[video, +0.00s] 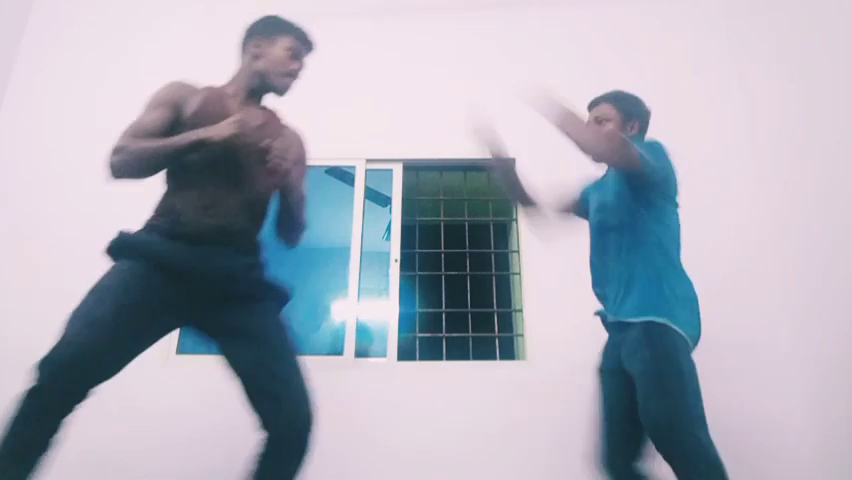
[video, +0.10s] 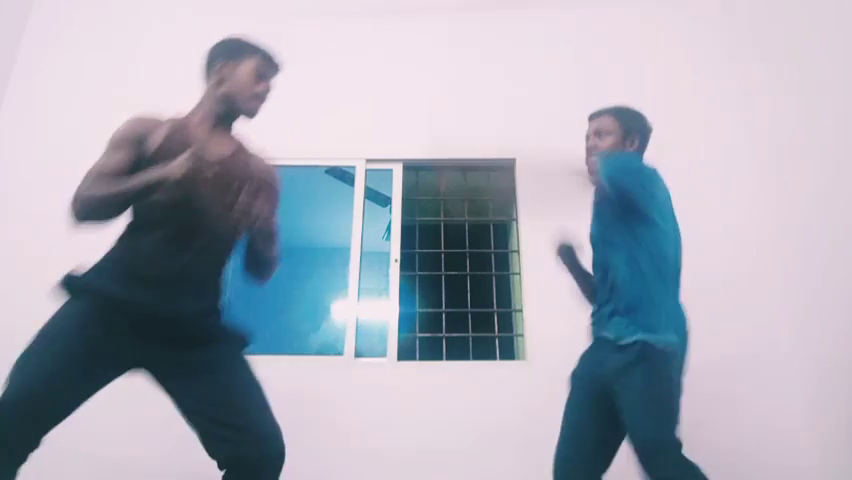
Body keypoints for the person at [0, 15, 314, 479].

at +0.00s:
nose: (298, 66)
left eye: (303, 59)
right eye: (292, 52)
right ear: (255, 49)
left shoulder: (287, 139)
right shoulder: (184, 98)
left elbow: (291, 234)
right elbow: (122, 161)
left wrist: (291, 184)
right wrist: (208, 135)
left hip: (238, 281)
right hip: (159, 267)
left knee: (292, 422)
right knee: (62, 374)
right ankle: (11, 471)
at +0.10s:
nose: (267, 88)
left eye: (270, 81)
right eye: (259, 75)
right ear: (221, 71)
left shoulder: (257, 173)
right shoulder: (146, 132)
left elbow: (261, 270)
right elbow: (84, 205)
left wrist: (261, 227)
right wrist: (165, 173)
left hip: (193, 330)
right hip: (110, 311)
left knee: (259, 455)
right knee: (12, 421)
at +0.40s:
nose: (231, 89)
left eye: (234, 83)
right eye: (221, 76)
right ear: (181, 75)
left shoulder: (231, 168)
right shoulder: (108, 140)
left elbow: (257, 265)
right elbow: (54, 223)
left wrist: (238, 233)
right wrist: (138, 195)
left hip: (193, 339)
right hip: (104, 330)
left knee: (284, 462)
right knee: (11, 423)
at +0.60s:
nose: (198, 87)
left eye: (201, 81)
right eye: (190, 74)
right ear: (148, 74)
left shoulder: (199, 168)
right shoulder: (80, 150)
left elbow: (240, 252)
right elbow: (47, 229)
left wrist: (264, 201)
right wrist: (120, 201)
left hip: (166, 338)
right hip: (81, 327)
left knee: (253, 466)